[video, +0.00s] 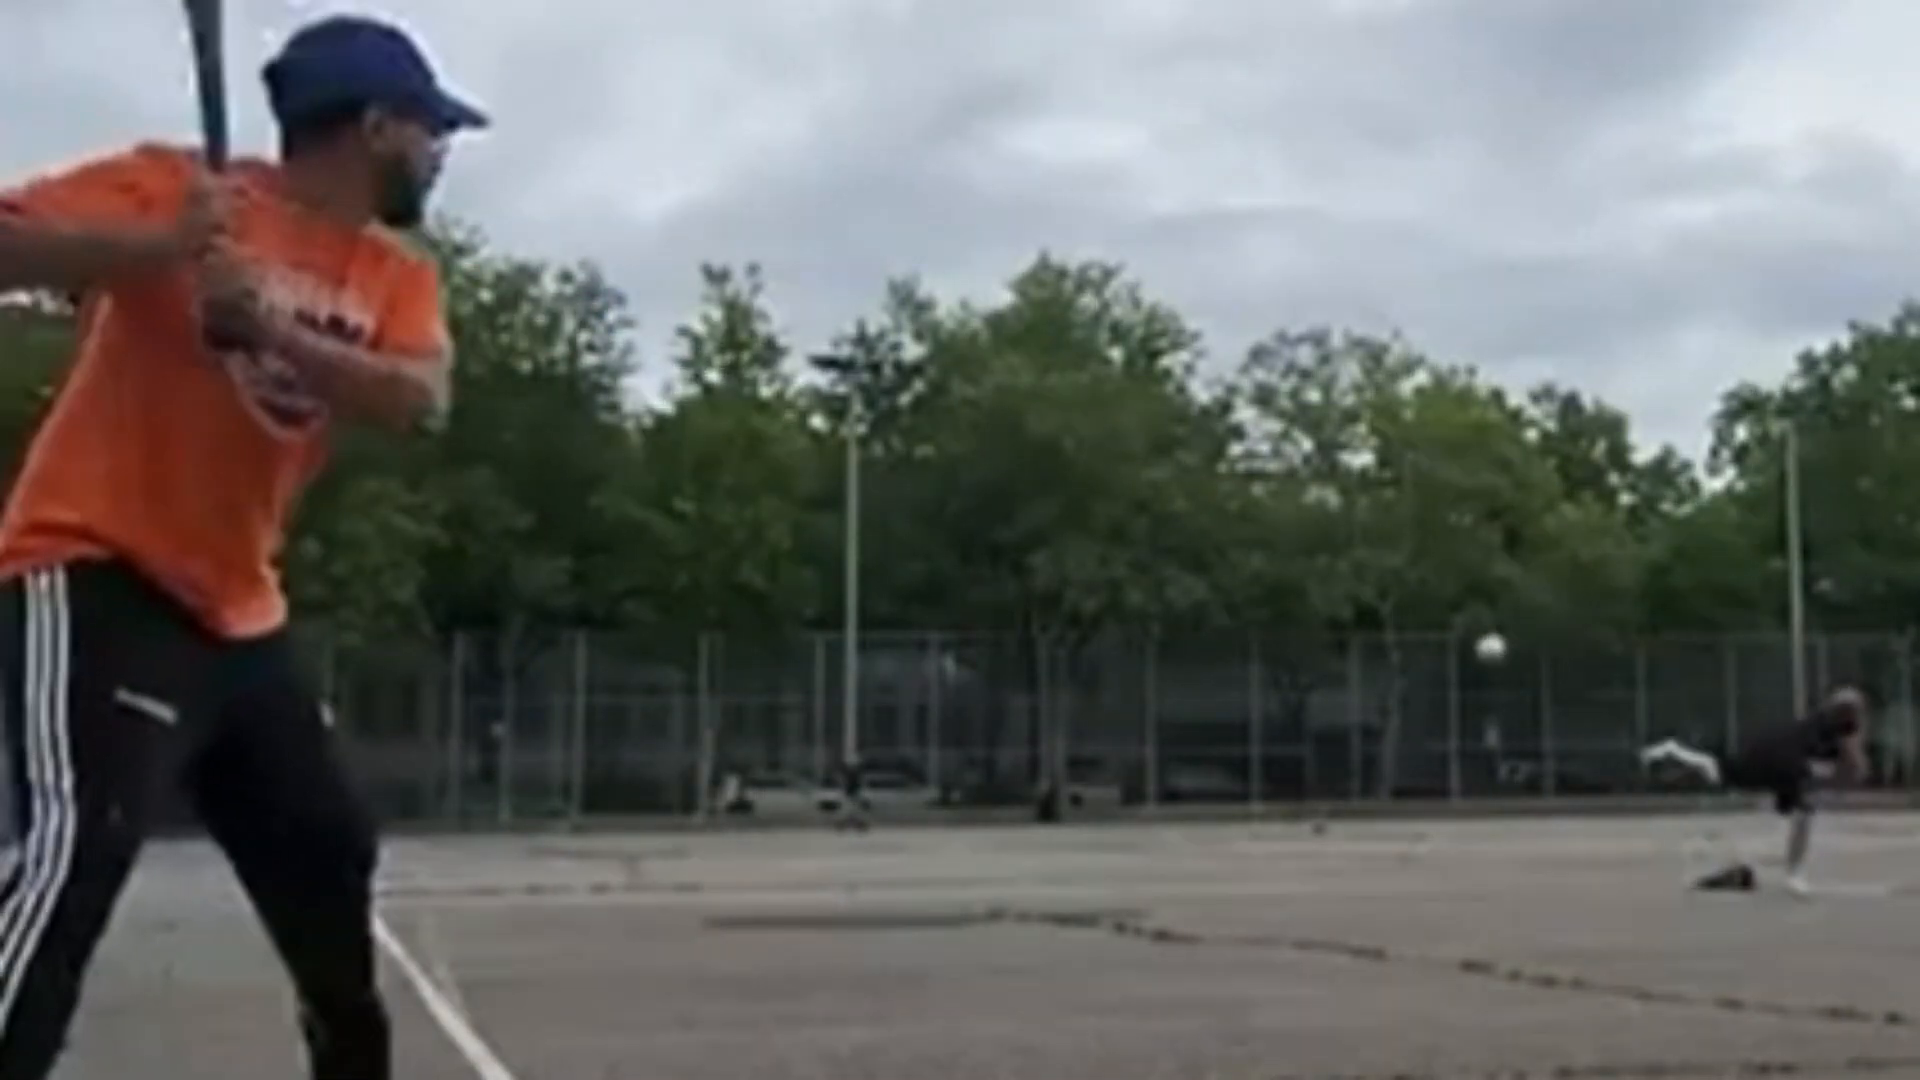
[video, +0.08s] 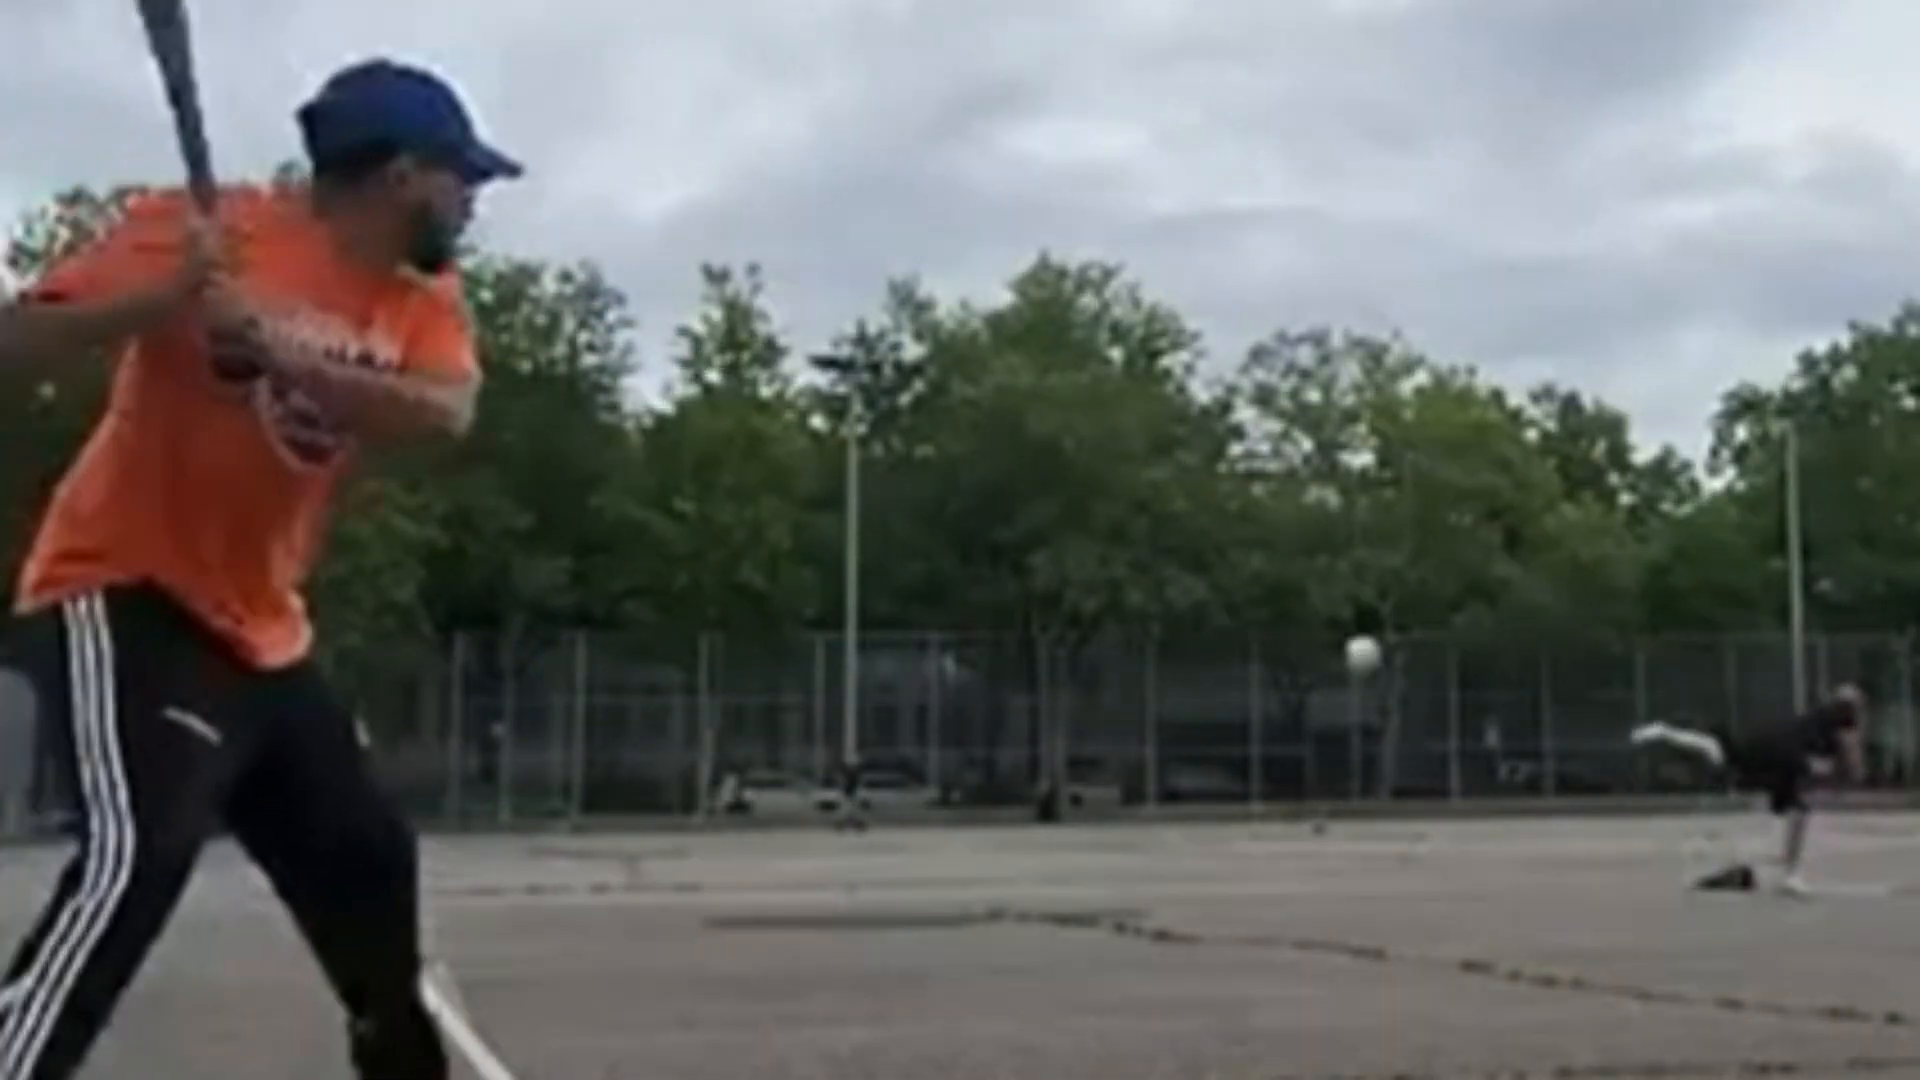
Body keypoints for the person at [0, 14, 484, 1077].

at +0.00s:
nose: (442, 150)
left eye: (441, 130)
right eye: (429, 127)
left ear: (373, 132)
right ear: (372, 126)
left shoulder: (399, 275)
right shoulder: (178, 184)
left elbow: (417, 398)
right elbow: (12, 239)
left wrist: (272, 328)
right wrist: (154, 243)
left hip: (230, 598)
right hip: (87, 559)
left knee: (324, 844)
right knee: (75, 838)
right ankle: (16, 1052)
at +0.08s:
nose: (474, 200)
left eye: (474, 178)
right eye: (461, 175)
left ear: (405, 180)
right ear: (396, 172)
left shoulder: (424, 299)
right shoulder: (204, 224)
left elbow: (446, 413)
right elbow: (24, 336)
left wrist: (283, 353)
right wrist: (165, 297)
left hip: (256, 619)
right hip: (120, 584)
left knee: (364, 853)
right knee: (138, 850)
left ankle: (399, 1055)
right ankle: (22, 1060)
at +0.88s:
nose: (459, 124)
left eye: (473, 106)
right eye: (444, 93)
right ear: (363, 57)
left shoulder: (405, 258)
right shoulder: (207, 153)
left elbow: (383, 446)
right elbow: (36, 315)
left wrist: (347, 488)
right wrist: (243, 408)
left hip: (285, 589)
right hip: (142, 554)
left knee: (342, 849)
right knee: (91, 877)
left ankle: (297, 1061)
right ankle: (20, 1056)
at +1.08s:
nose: (486, 134)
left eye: (496, 115)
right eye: (477, 101)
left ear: (455, 110)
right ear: (408, 73)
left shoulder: (419, 257)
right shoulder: (272, 167)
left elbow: (383, 437)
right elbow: (145, 347)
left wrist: (393, 515)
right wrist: (344, 492)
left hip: (317, 592)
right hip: (189, 562)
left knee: (347, 869)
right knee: (135, 851)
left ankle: (300, 1058)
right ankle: (24, 1055)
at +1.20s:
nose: (490, 130)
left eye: (502, 113)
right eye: (482, 100)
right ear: (414, 64)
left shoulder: (413, 267)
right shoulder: (285, 155)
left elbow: (391, 451)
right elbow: (175, 344)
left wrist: (420, 578)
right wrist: (361, 529)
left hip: (315, 580)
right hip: (198, 546)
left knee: (306, 856)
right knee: (153, 829)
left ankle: (279, 1053)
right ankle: (38, 1058)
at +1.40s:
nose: (495, 134)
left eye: (506, 118)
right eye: (486, 105)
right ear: (415, 68)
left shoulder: (425, 282)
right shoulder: (277, 151)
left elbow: (419, 468)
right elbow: (145, 329)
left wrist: (471, 650)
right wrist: (259, 526)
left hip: (321, 595)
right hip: (197, 563)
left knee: (301, 857)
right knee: (145, 845)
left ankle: (273, 1051)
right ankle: (39, 1060)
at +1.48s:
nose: (503, 137)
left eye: (514, 121)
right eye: (493, 108)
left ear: (450, 101)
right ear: (420, 71)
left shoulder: (436, 294)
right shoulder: (275, 148)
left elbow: (426, 474)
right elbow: (133, 308)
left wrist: (476, 659)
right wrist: (197, 511)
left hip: (318, 602)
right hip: (186, 562)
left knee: (299, 867)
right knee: (131, 853)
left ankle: (273, 1049)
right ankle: (33, 1058)